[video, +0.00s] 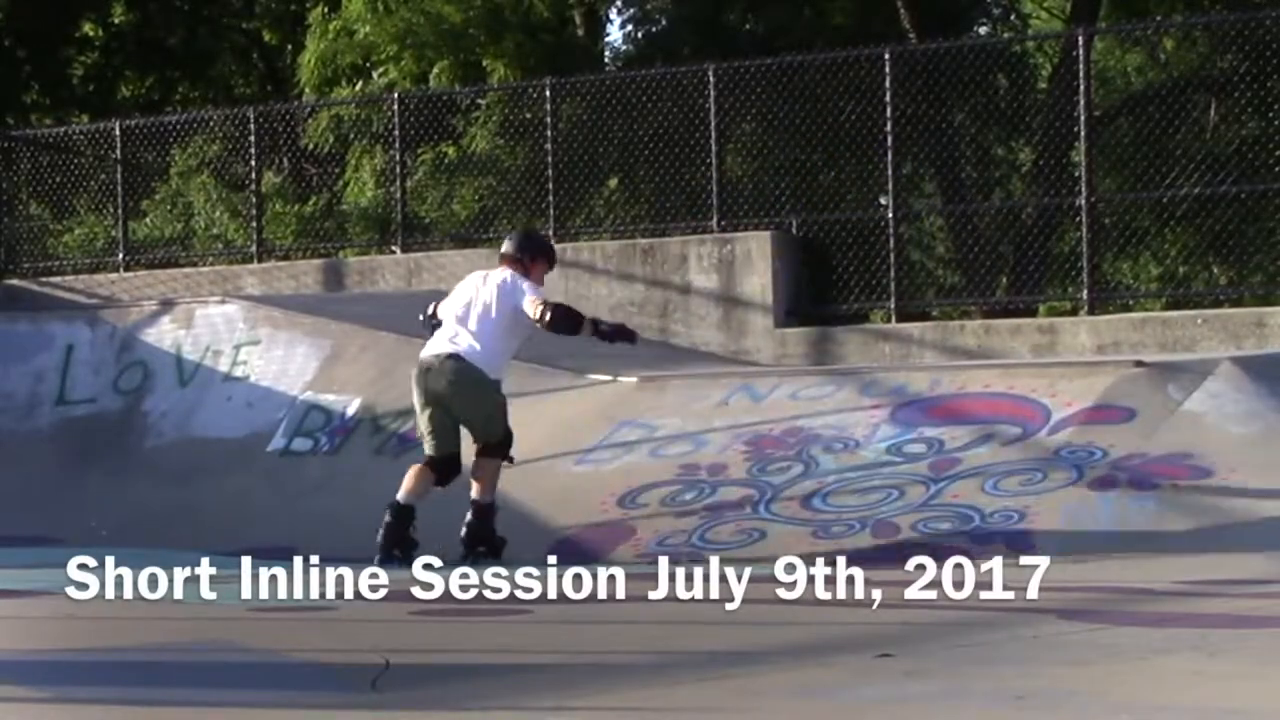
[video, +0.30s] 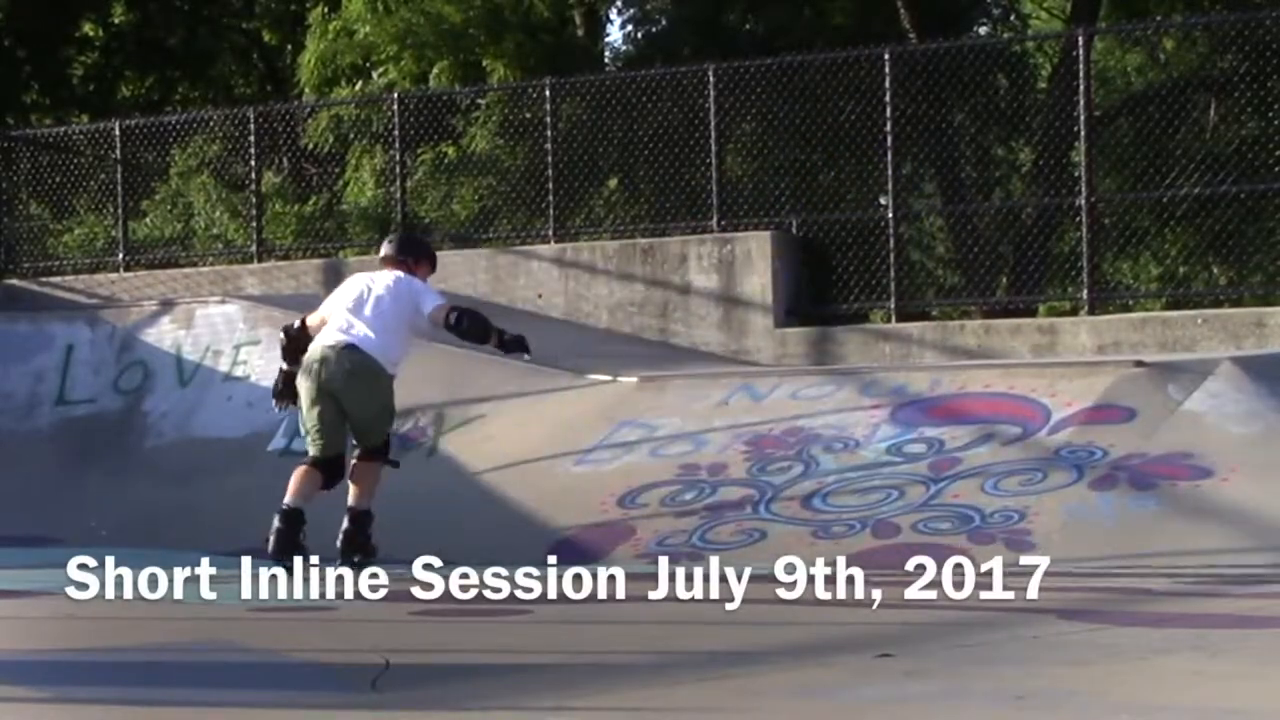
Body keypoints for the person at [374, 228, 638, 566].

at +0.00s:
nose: (544, 278)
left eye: (547, 271)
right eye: (544, 270)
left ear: (508, 259)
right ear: (527, 261)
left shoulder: (473, 280)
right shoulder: (521, 284)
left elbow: (432, 316)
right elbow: (549, 317)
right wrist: (600, 327)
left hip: (427, 366)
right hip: (469, 371)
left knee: (440, 460)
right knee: (493, 443)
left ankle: (395, 524)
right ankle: (479, 528)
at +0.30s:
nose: (427, 281)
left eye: (429, 276)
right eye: (426, 274)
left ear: (384, 260)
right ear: (413, 264)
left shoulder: (354, 282)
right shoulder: (415, 288)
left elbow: (299, 332)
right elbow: (460, 322)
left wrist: (287, 373)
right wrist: (502, 339)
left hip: (314, 361)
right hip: (363, 367)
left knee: (324, 460)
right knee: (372, 450)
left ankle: (286, 524)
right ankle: (354, 532)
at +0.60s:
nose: (332, 248)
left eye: (332, 240)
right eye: (328, 239)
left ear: (285, 236)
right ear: (310, 234)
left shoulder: (251, 266)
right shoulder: (315, 266)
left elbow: (209, 337)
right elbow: (371, 312)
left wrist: (209, 394)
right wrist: (398, 329)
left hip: (228, 359)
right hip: (281, 359)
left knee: (236, 457)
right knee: (288, 454)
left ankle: (212, 535)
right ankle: (295, 536)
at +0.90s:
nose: (254, 222)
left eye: (255, 214)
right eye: (249, 213)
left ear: (205, 215)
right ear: (226, 212)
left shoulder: (165, 252)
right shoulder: (240, 255)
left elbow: (126, 321)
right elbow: (273, 326)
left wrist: (115, 385)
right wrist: (281, 355)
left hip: (147, 361)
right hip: (203, 357)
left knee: (168, 467)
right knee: (253, 450)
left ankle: (127, 544)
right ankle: (254, 547)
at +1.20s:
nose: (184, 212)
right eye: (184, 206)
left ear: (130, 204)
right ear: (180, 207)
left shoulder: (103, 243)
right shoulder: (195, 252)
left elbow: (60, 322)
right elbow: (216, 344)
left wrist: (47, 383)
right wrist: (182, 375)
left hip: (108, 358)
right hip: (172, 365)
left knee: (84, 473)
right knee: (164, 461)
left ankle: (44, 552)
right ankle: (135, 561)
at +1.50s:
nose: (95, 203)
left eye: (100, 191)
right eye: (94, 193)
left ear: (130, 187)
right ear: (147, 191)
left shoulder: (114, 229)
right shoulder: (187, 239)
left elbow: (83, 305)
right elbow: (180, 306)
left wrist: (41, 361)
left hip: (150, 361)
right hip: (207, 363)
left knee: (108, 476)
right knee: (138, 471)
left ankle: (114, 590)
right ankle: (109, 579)